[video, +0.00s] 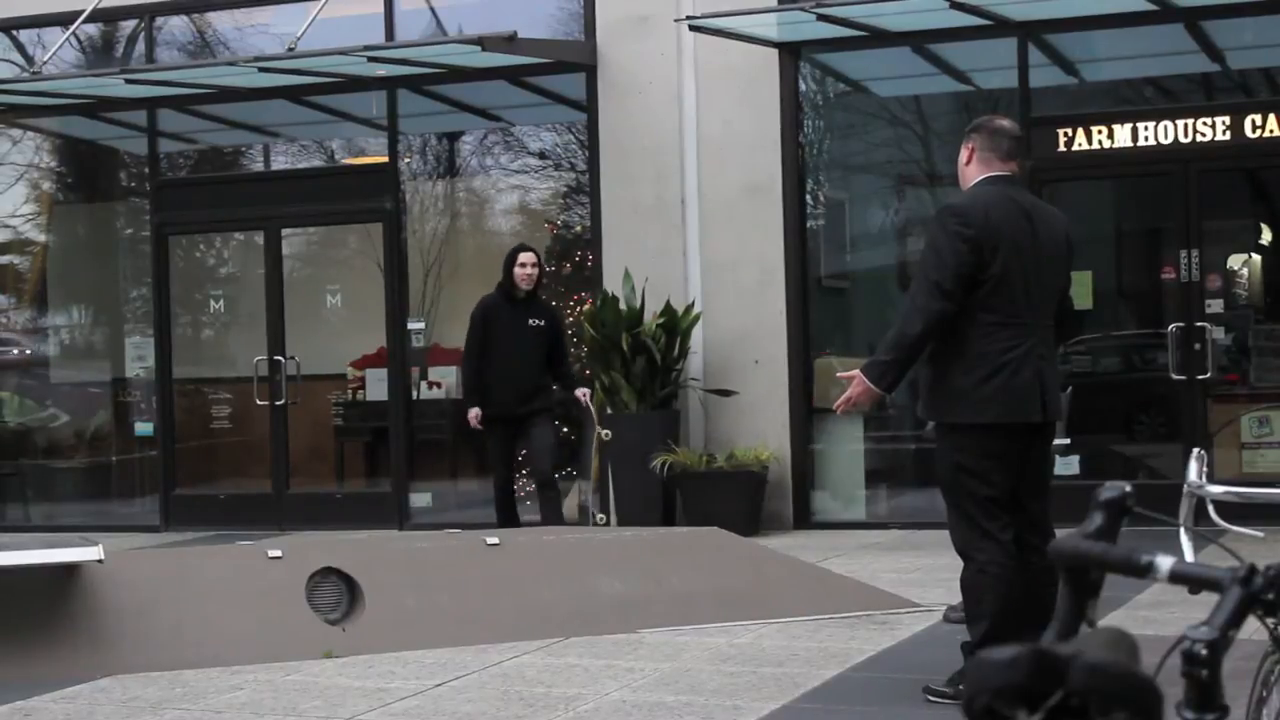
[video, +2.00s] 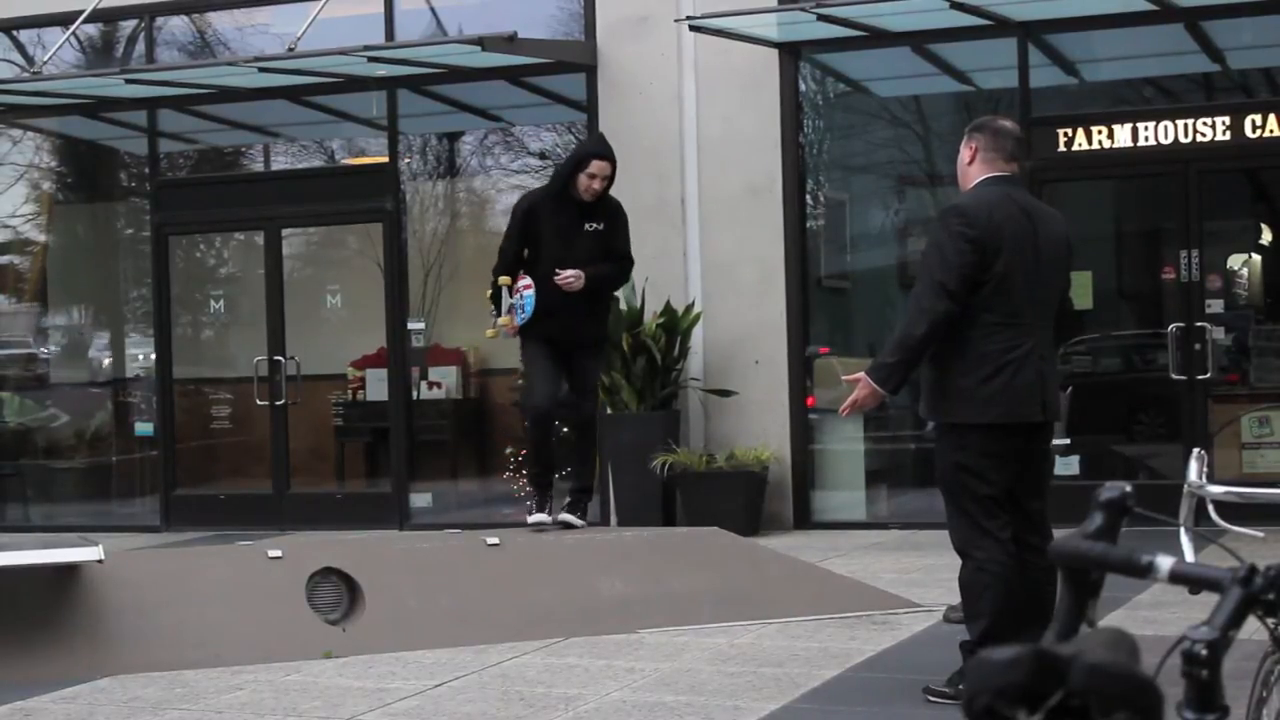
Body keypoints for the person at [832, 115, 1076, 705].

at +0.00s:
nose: (957, 166)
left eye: (959, 157)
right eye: (960, 158)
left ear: (969, 155)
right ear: (1020, 163)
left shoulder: (963, 215)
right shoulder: (1049, 221)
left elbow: (928, 307)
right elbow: (1065, 317)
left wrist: (877, 375)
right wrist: (1021, 349)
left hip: (972, 407)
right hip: (1033, 407)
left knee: (982, 539)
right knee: (1029, 533)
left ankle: (987, 674)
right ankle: (1032, 667)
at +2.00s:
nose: (956, 165)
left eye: (958, 155)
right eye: (959, 156)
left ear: (971, 153)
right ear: (1019, 161)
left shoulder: (965, 217)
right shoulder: (1048, 221)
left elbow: (931, 308)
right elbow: (1065, 317)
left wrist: (882, 376)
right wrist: (1023, 350)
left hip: (973, 408)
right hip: (1032, 407)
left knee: (981, 538)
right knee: (1027, 532)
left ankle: (986, 674)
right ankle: (1028, 667)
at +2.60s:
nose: (955, 164)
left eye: (957, 154)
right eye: (957, 155)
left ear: (971, 152)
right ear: (1018, 159)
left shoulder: (967, 217)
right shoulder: (1048, 221)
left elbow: (932, 309)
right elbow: (1065, 317)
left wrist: (883, 377)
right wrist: (1024, 352)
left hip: (973, 409)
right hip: (1032, 408)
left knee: (981, 538)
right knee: (1028, 532)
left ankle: (987, 674)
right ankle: (1029, 666)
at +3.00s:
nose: (956, 164)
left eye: (959, 153)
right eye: (959, 155)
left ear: (973, 151)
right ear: (1019, 159)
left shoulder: (969, 218)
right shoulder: (1049, 221)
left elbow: (937, 311)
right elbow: (1063, 320)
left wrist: (889, 377)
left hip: (976, 408)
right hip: (1034, 408)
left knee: (983, 539)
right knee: (1029, 531)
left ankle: (988, 674)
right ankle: (1027, 666)